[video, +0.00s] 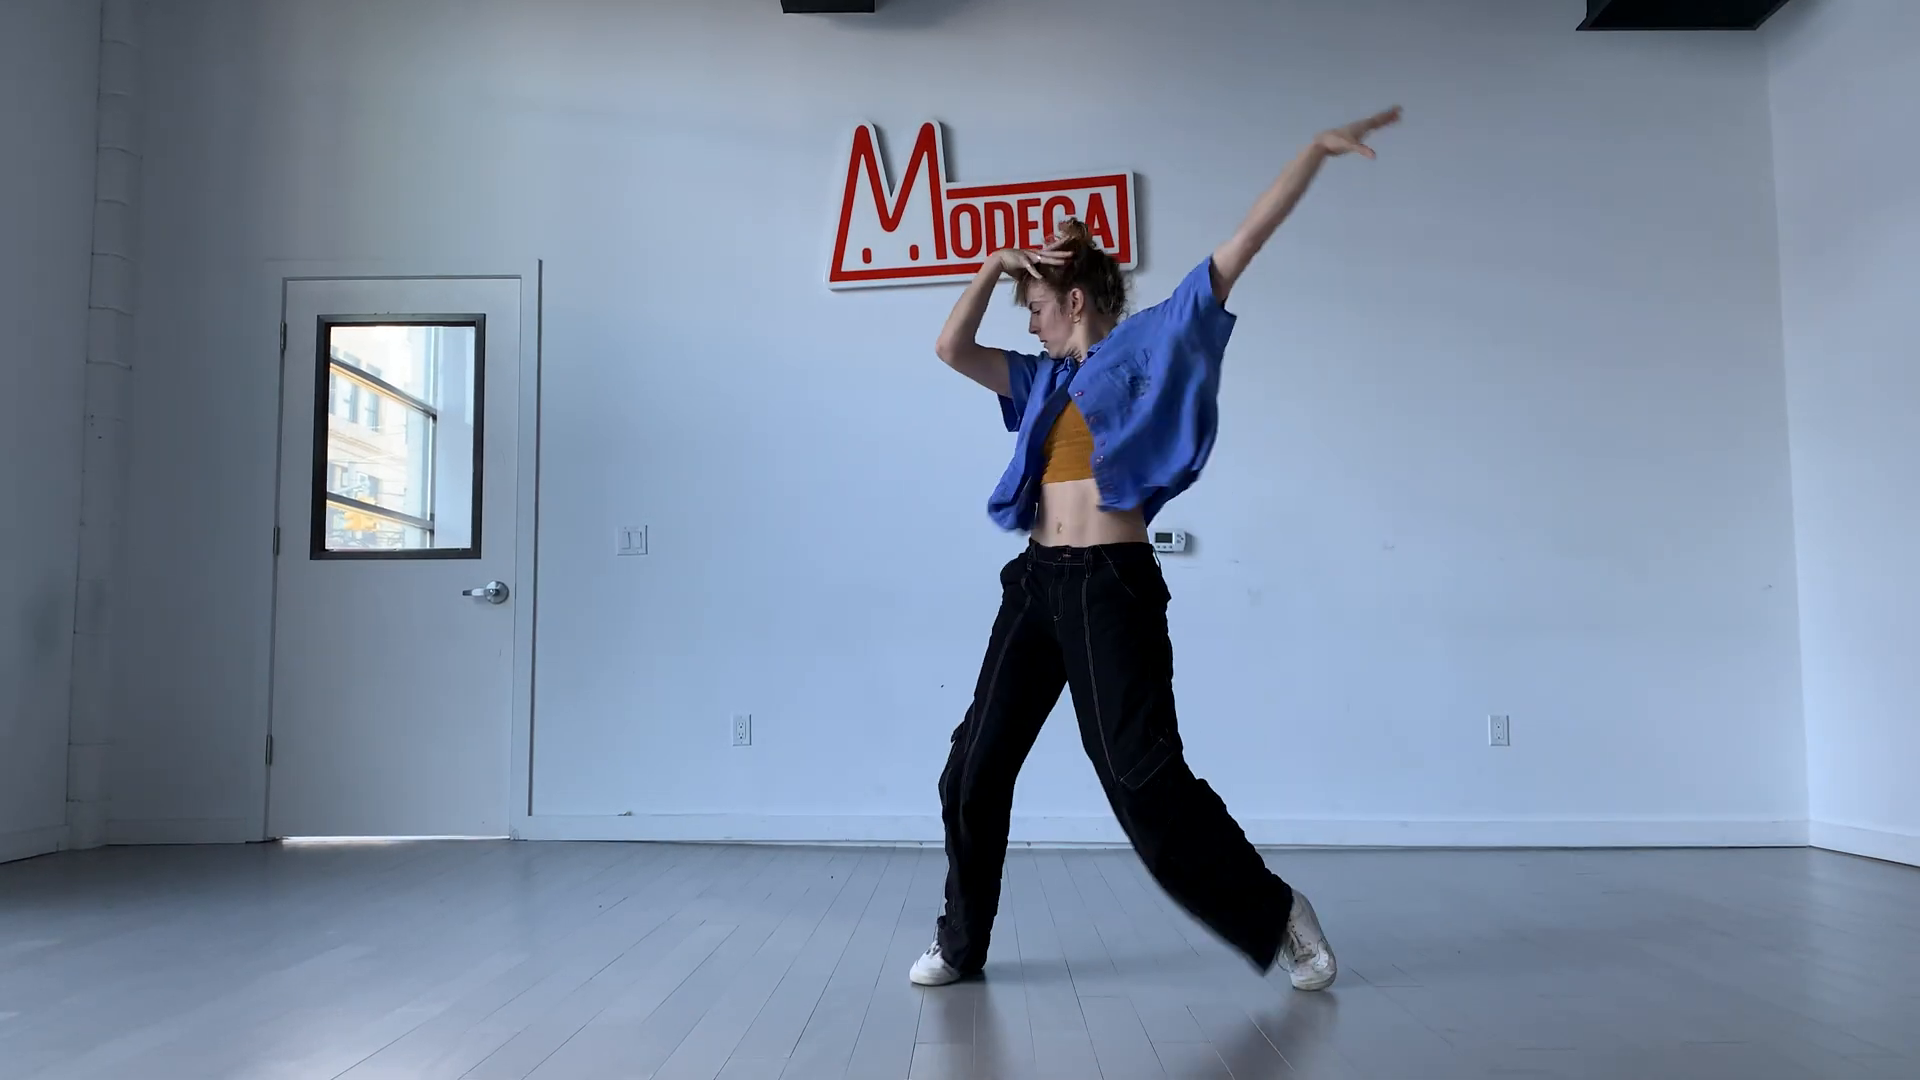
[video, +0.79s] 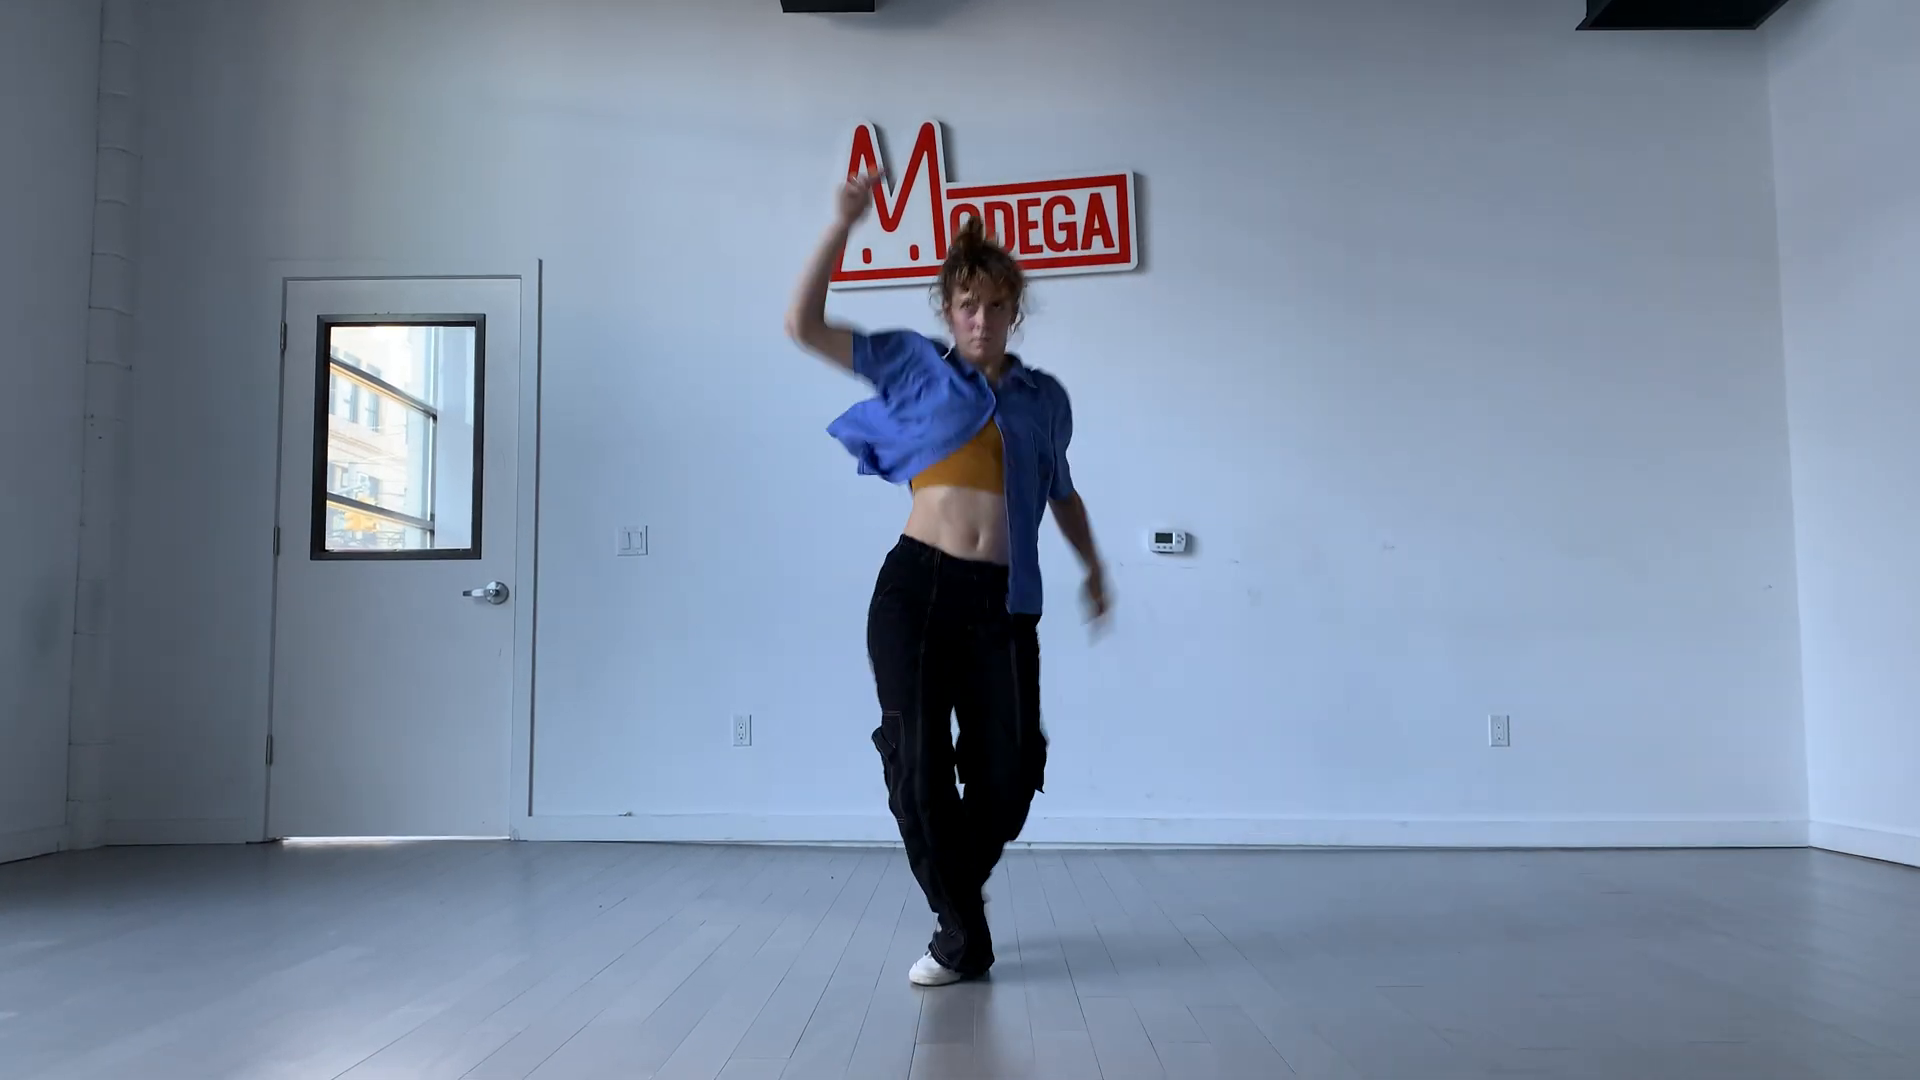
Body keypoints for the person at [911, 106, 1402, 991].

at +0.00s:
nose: (1029, 318)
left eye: (1035, 303)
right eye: (1026, 306)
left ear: (1078, 297)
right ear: (1054, 305)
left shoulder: (1155, 335)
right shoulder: (1041, 378)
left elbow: (1240, 248)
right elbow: (957, 350)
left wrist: (1316, 149)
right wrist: (989, 269)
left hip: (1112, 588)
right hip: (1035, 589)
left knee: (1144, 780)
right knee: (974, 769)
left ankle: (1280, 918)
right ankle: (960, 942)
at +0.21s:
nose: (1023, 336)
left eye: (1036, 319)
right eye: (1017, 322)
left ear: (1084, 312)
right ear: (1027, 325)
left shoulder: (1140, 373)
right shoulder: (1029, 395)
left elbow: (1185, 264)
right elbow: (993, 424)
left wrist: (1233, 152)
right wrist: (1013, 315)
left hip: (1107, 610)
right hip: (1025, 611)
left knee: (1157, 787)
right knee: (968, 775)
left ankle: (1300, 916)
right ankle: (965, 945)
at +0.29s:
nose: (1058, 311)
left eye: (1073, 302)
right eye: (1045, 300)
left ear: (1092, 319)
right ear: (1023, 318)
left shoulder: (1120, 385)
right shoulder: (989, 396)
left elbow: (1173, 313)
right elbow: (994, 487)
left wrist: (1230, 229)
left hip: (1095, 614)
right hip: (1011, 616)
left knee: (1163, 784)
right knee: (960, 779)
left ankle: (1306, 914)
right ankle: (962, 944)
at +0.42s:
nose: (1027, 296)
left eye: (1042, 285)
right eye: (1015, 284)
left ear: (1067, 300)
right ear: (997, 296)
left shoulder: (1098, 391)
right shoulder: (958, 387)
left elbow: (1154, 447)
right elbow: (918, 501)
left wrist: (1210, 483)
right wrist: (849, 595)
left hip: (1064, 598)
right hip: (970, 596)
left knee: (1144, 758)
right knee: (937, 768)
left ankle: (1266, 922)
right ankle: (961, 942)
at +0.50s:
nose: (1014, 299)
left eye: (1030, 284)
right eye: (1001, 283)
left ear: (1053, 293)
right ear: (983, 288)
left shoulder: (1081, 389)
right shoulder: (943, 372)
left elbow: (1129, 493)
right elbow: (867, 450)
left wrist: (1172, 588)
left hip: (1046, 591)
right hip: (953, 587)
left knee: (1109, 750)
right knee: (929, 761)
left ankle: (1189, 906)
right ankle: (959, 939)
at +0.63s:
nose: (994, 300)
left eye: (1009, 286)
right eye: (980, 284)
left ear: (1030, 291)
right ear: (960, 286)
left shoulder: (1054, 380)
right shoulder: (920, 348)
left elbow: (1073, 501)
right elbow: (857, 326)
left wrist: (1086, 606)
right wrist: (872, 289)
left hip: (1027, 581)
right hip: (936, 578)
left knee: (1044, 755)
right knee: (927, 765)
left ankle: (1059, 896)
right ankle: (962, 942)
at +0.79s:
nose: (980, 316)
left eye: (994, 303)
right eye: (967, 304)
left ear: (1015, 310)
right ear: (946, 312)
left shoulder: (1043, 398)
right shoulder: (913, 363)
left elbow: (1059, 491)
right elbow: (805, 326)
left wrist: (1093, 567)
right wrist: (840, 224)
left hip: (1004, 600)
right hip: (917, 586)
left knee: (1014, 771)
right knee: (919, 760)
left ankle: (956, 890)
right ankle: (959, 937)